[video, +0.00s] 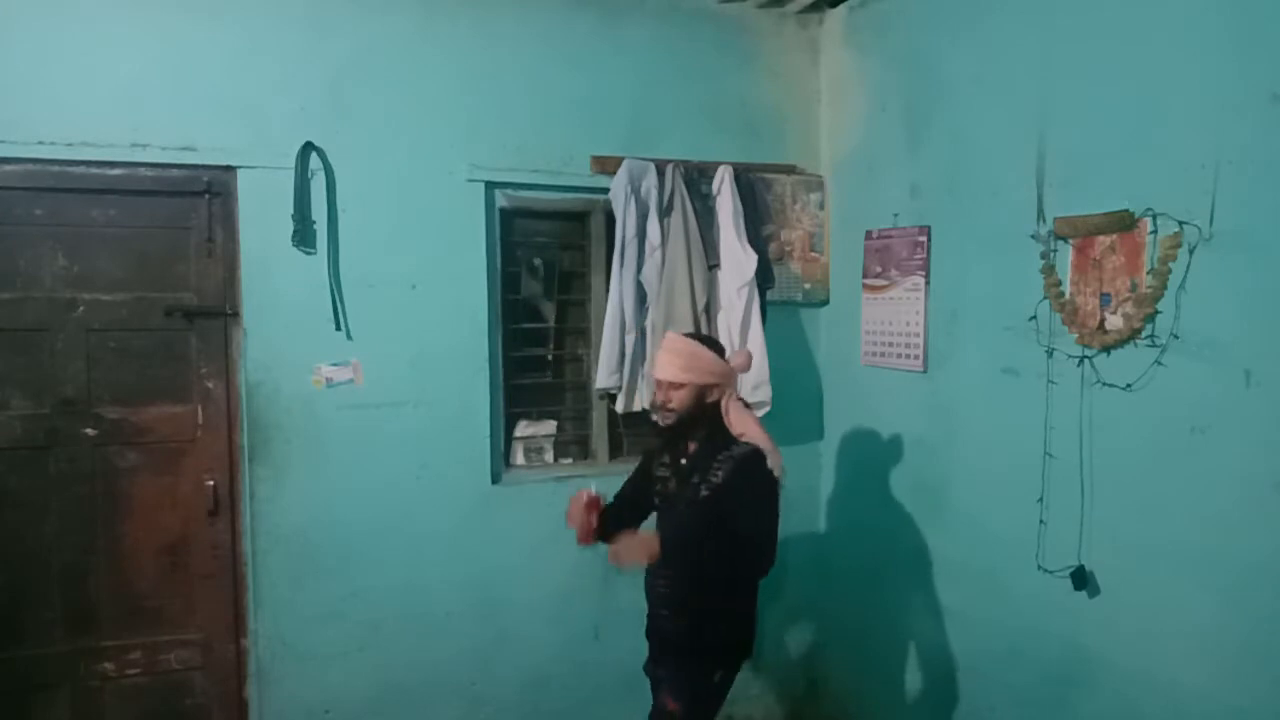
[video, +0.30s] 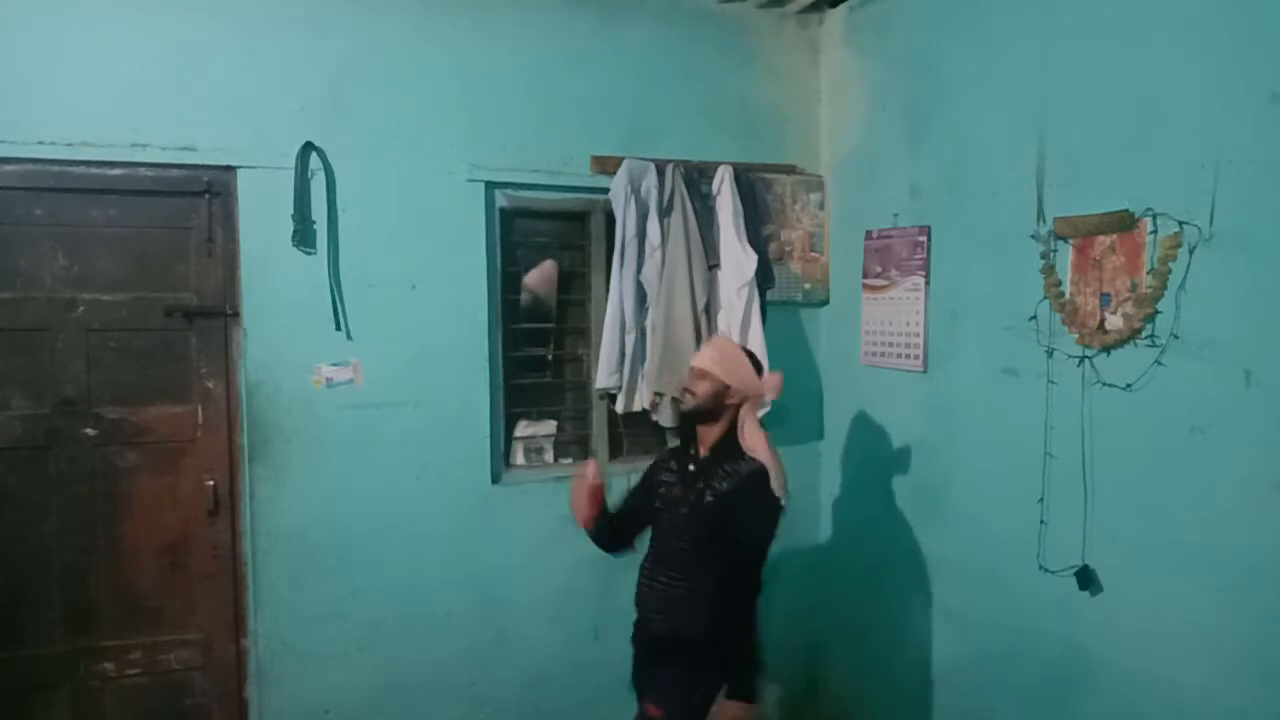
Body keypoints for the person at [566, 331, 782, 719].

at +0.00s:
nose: (662, 398)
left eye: (676, 388)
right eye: (658, 386)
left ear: (711, 391)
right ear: (651, 383)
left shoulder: (748, 460)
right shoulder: (667, 448)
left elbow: (754, 556)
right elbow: (626, 512)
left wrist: (662, 547)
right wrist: (597, 522)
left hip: (715, 633)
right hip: (665, 626)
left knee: (682, 710)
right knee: (666, 707)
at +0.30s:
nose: (687, 384)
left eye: (702, 377)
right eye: (690, 373)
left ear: (733, 396)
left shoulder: (753, 478)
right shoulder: (669, 463)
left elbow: (742, 589)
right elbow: (617, 538)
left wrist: (741, 691)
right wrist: (595, 517)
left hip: (709, 646)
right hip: (653, 639)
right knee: (653, 707)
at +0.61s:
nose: (680, 385)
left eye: (696, 380)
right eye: (685, 377)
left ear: (726, 405)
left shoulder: (743, 498)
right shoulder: (646, 454)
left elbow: (768, 605)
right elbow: (581, 421)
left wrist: (786, 698)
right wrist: (587, 348)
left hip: (680, 658)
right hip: (626, 645)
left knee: (631, 712)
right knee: (626, 713)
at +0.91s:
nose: (653, 373)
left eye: (669, 368)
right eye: (659, 365)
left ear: (700, 392)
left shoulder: (721, 482)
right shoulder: (636, 442)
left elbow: (742, 594)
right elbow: (564, 417)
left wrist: (747, 695)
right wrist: (570, 349)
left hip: (665, 649)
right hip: (623, 638)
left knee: (599, 711)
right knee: (654, 711)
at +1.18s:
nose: (639, 388)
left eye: (654, 383)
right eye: (644, 379)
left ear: (684, 405)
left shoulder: (706, 497)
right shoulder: (630, 456)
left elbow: (715, 614)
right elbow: (556, 435)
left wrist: (710, 708)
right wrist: (560, 368)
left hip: (638, 662)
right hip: (597, 648)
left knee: (566, 712)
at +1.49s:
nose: (676, 382)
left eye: (691, 376)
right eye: (683, 373)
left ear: (718, 401)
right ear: (715, 403)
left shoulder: (725, 487)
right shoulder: (672, 445)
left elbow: (697, 595)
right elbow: (597, 430)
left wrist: (644, 679)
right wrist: (596, 371)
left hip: (658, 652)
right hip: (627, 637)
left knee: (589, 710)